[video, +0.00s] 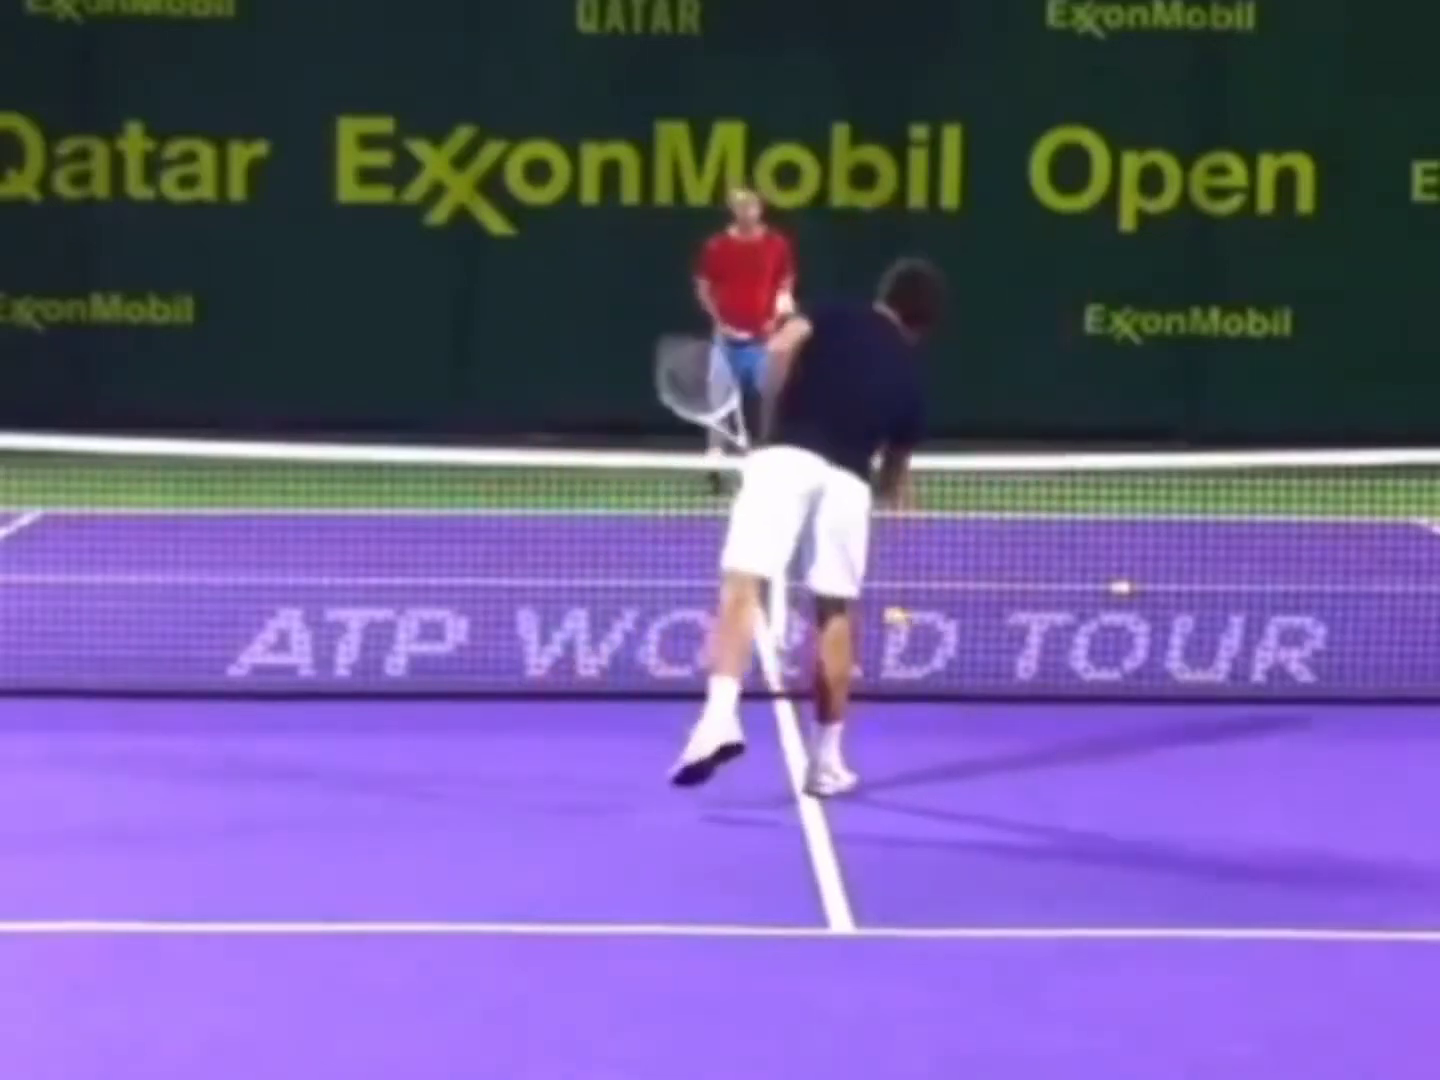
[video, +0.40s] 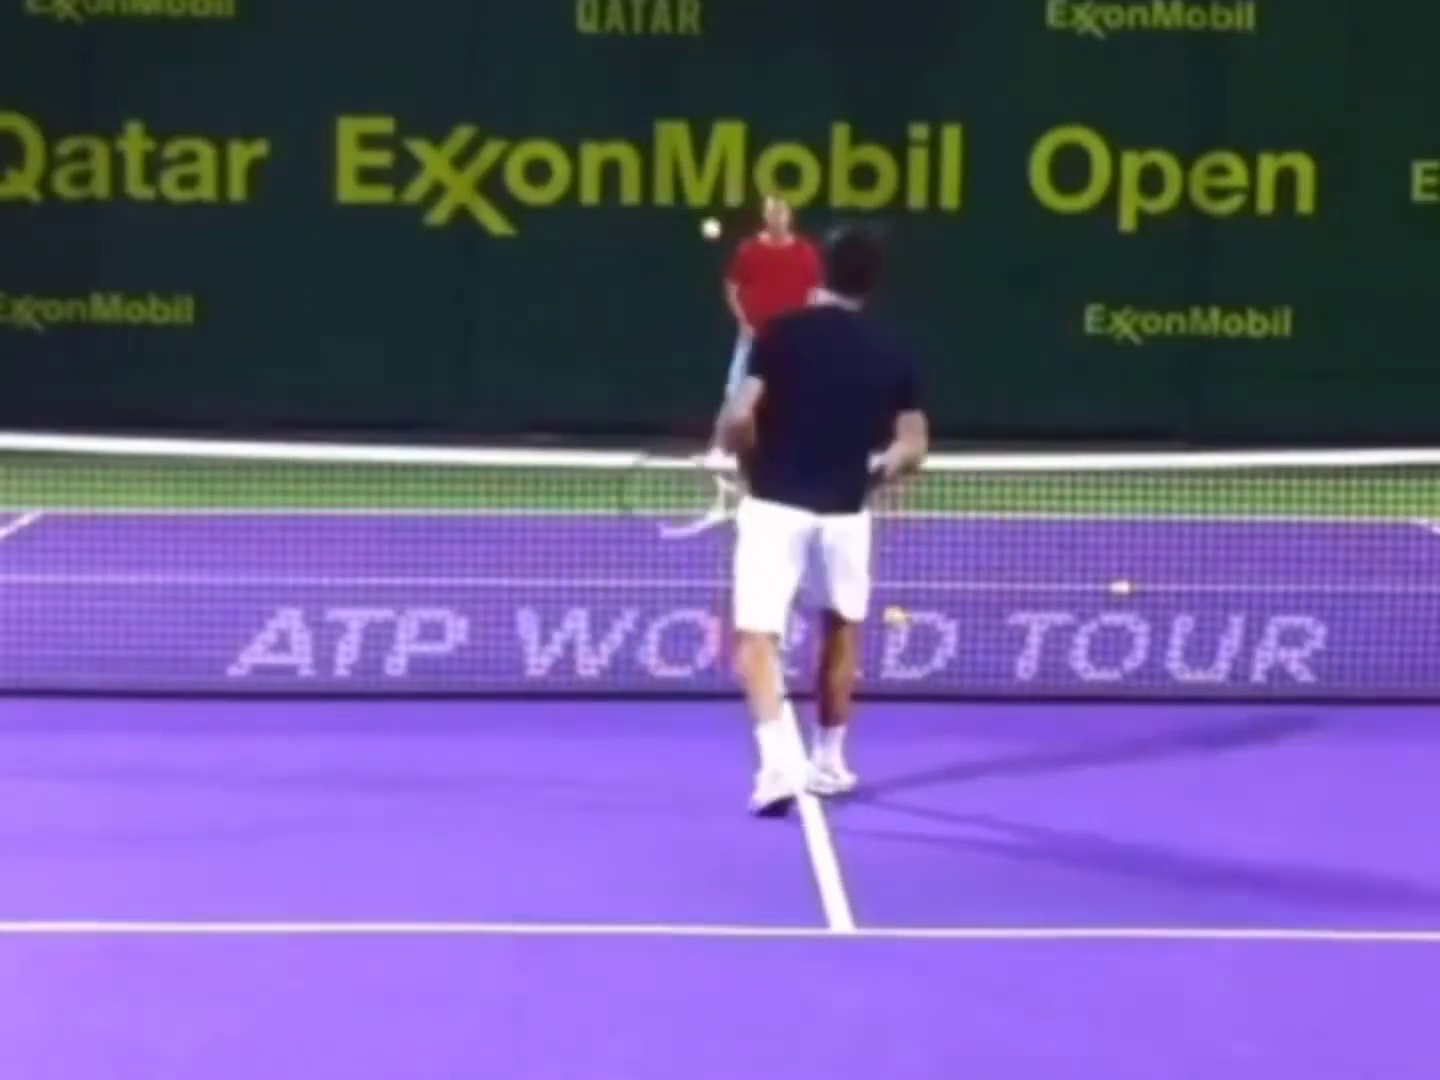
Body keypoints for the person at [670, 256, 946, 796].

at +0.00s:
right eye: (922, 319)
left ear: (880, 297)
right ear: (926, 325)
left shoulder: (837, 315)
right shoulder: (910, 377)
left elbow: (781, 347)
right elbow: (895, 468)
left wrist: (771, 427)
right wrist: (883, 492)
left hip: (784, 460)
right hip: (847, 484)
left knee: (742, 586)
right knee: (835, 616)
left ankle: (720, 713)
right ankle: (828, 757)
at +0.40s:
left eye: (835, 265)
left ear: (824, 273)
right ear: (874, 285)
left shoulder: (778, 333)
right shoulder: (887, 350)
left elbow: (738, 418)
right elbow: (911, 445)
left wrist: (753, 457)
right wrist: (873, 468)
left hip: (775, 505)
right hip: (846, 512)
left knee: (757, 637)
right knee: (843, 631)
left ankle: (781, 757)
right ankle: (832, 758)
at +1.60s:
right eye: (844, 265)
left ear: (794, 264)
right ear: (849, 271)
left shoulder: (751, 327)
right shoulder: (867, 340)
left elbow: (710, 413)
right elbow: (899, 442)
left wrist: (757, 426)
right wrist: (870, 477)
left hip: (749, 511)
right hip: (826, 516)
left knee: (720, 655)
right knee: (848, 659)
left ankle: (694, 794)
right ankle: (859, 806)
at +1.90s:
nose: (784, 274)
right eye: (786, 265)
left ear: (731, 264)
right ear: (786, 271)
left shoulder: (688, 324)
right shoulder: (787, 339)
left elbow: (623, 408)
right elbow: (816, 446)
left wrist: (669, 445)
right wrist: (873, 480)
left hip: (683, 518)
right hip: (758, 523)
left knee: (684, 664)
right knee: (794, 657)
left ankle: (680, 815)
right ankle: (826, 800)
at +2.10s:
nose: (777, 279)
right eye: (779, 270)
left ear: (722, 260)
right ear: (774, 274)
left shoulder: (666, 316)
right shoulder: (767, 341)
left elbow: (591, 389)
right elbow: (803, 441)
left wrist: (625, 446)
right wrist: (862, 487)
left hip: (657, 517)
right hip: (733, 523)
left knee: (664, 666)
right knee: (764, 662)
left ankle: (675, 815)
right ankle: (758, 810)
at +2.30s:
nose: (771, 281)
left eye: (765, 268)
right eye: (774, 272)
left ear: (714, 261)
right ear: (768, 277)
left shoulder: (659, 317)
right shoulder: (765, 348)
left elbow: (588, 389)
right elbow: (767, 446)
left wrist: (634, 424)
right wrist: (773, 453)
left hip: (646, 515)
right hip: (716, 522)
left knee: (659, 671)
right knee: (715, 672)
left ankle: (673, 813)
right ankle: (698, 812)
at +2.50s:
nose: (765, 287)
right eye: (767, 278)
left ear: (707, 268)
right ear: (764, 285)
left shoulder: (654, 323)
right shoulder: (765, 358)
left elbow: (596, 408)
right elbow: (763, 450)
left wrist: (652, 413)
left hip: (633, 523)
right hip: (707, 530)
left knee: (649, 676)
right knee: (697, 683)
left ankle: (665, 811)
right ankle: (690, 827)